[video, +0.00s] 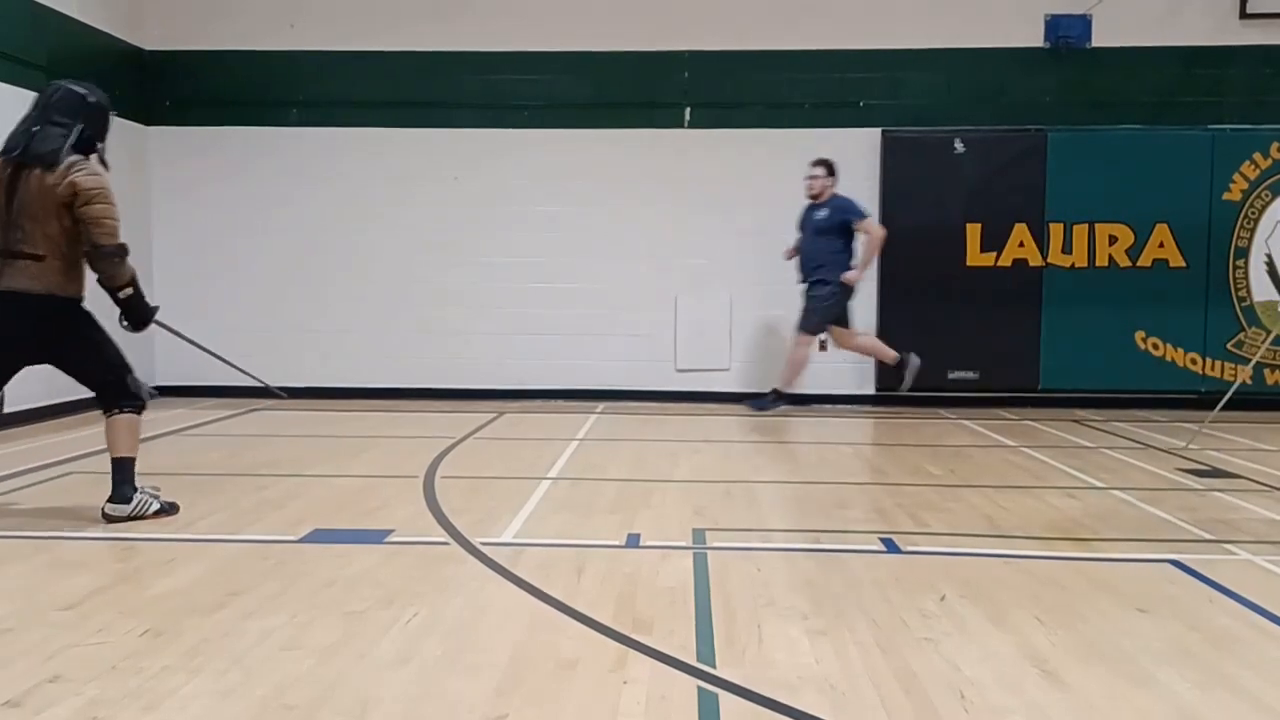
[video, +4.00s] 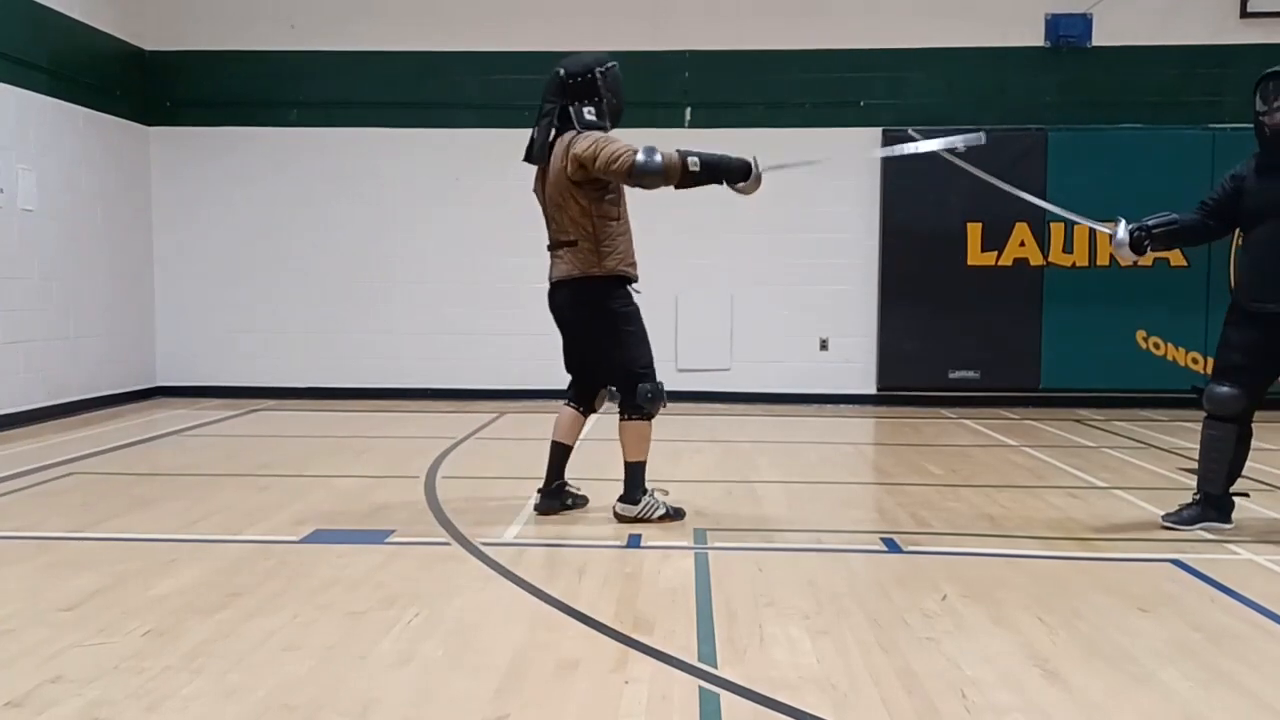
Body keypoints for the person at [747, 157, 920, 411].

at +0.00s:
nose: (810, 182)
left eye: (816, 178)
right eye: (808, 178)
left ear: (830, 181)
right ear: (806, 181)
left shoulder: (843, 206)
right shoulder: (810, 210)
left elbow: (877, 232)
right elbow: (812, 238)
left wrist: (859, 270)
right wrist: (796, 249)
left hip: (833, 283)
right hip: (818, 283)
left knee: (804, 337)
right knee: (844, 338)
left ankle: (780, 393)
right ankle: (901, 362)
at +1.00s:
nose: (516, 191)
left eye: (522, 186)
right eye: (513, 186)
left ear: (536, 190)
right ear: (511, 189)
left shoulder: (555, 219)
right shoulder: (509, 222)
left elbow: (582, 253)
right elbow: (501, 250)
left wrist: (567, 286)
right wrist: (494, 270)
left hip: (547, 292)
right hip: (517, 295)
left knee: (535, 333)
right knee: (501, 340)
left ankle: (550, 396)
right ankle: (512, 397)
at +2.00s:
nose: (308, 179)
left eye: (314, 174)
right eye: (305, 173)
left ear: (330, 177)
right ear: (302, 176)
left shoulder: (351, 208)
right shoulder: (296, 210)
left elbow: (388, 235)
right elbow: (284, 240)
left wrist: (376, 275)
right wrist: (292, 259)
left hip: (347, 290)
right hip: (319, 292)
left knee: (314, 342)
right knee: (335, 342)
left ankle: (299, 404)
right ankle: (378, 374)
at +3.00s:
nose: (429, 90)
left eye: (426, 80)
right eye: (420, 80)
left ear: (390, 87)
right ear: (397, 86)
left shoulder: (397, 141)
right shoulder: (375, 144)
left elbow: (388, 220)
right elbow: (352, 217)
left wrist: (409, 281)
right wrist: (391, 286)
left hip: (394, 286)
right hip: (371, 287)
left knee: (428, 380)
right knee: (365, 395)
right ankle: (333, 496)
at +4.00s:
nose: (616, 98)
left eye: (613, 89)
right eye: (610, 90)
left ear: (566, 97)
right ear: (593, 96)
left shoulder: (554, 146)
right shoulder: (586, 143)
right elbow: (648, 166)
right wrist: (723, 167)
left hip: (570, 290)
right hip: (602, 288)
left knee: (586, 383)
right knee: (640, 390)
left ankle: (552, 488)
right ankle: (634, 496)